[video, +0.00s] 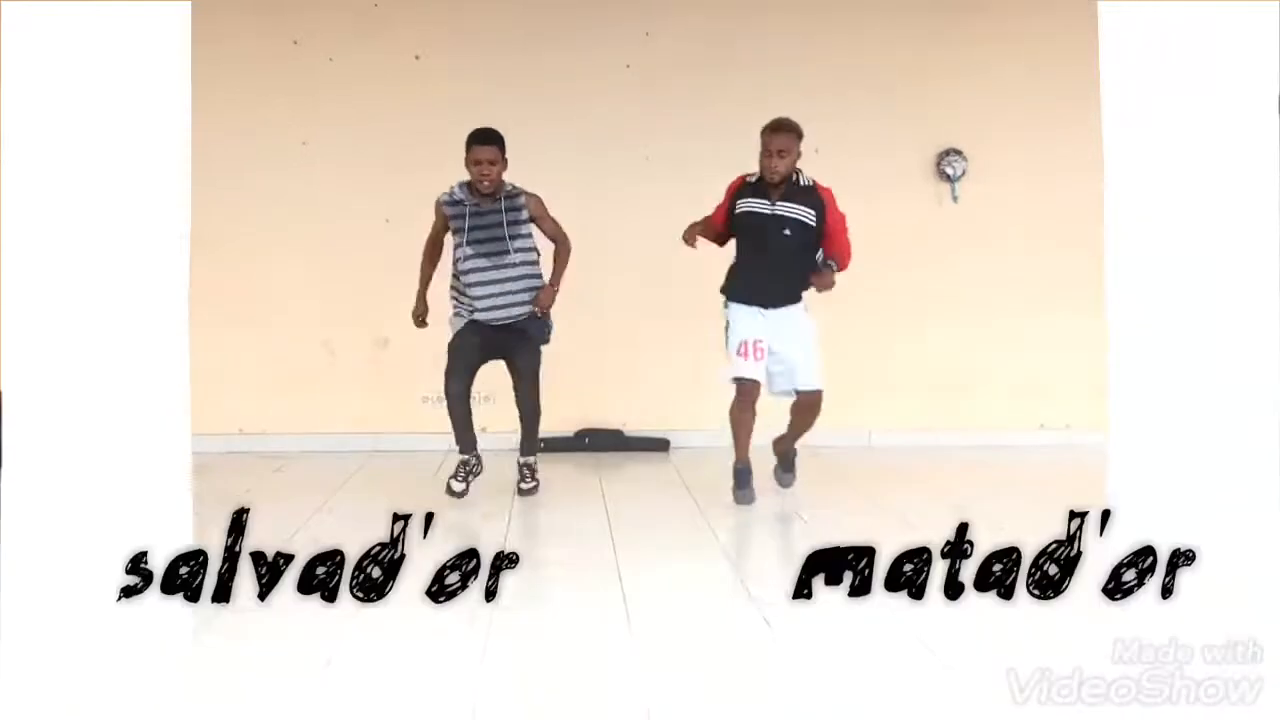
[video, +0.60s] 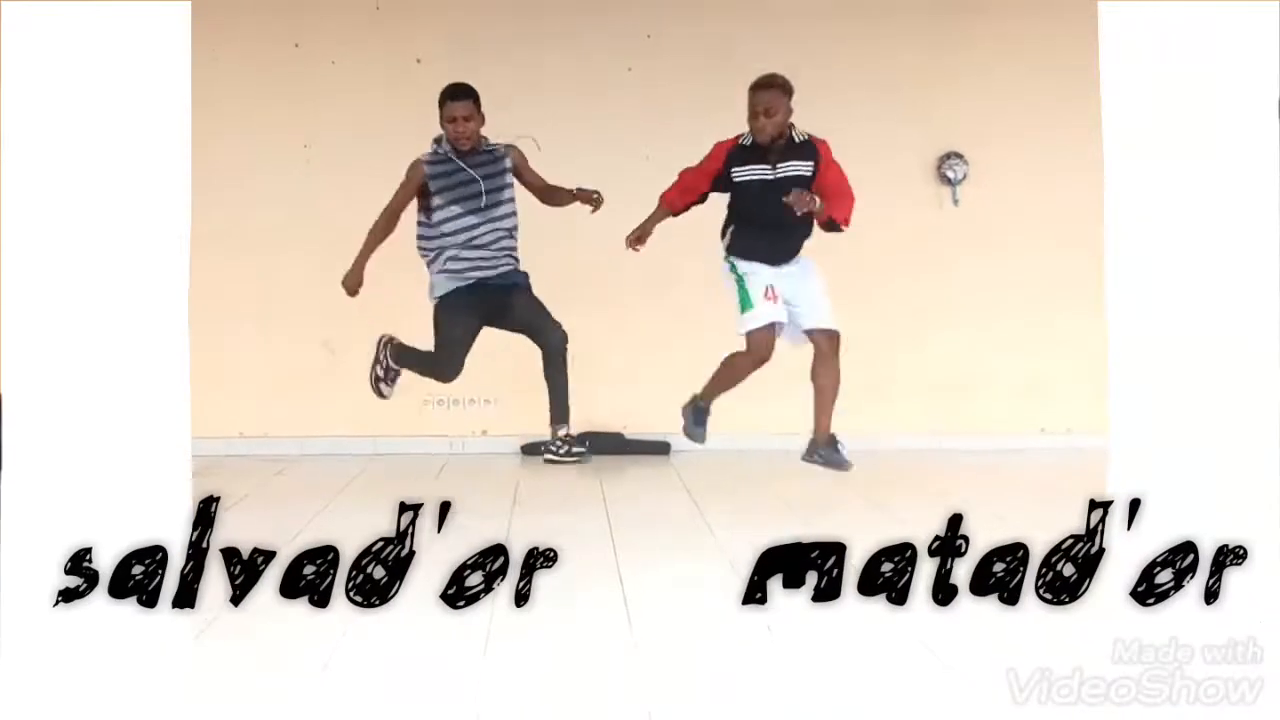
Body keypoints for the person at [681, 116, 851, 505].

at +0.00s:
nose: (773, 162)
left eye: (782, 155)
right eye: (768, 153)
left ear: (797, 156)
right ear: (759, 152)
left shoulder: (818, 198)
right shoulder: (741, 189)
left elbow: (839, 245)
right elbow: (721, 230)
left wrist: (829, 268)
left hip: (791, 308)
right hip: (745, 306)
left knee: (811, 399)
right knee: (747, 390)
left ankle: (786, 445)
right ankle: (742, 466)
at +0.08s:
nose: (775, 164)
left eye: (784, 157)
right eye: (770, 155)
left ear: (801, 159)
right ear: (762, 156)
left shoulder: (819, 204)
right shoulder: (740, 190)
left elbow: (828, 250)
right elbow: (710, 241)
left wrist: (825, 291)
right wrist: (719, 211)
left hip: (790, 306)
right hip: (743, 306)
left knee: (821, 371)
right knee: (750, 397)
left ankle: (787, 440)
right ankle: (742, 473)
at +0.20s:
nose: (772, 181)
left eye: (782, 175)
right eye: (767, 173)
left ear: (800, 180)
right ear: (761, 176)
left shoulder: (815, 230)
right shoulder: (739, 214)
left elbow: (821, 288)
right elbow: (714, 271)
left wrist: (812, 299)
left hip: (788, 330)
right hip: (741, 330)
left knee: (803, 409)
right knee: (751, 412)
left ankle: (793, 492)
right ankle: (748, 485)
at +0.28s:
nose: (772, 155)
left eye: (781, 149)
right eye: (767, 148)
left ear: (801, 153)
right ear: (760, 152)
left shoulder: (818, 197)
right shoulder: (743, 193)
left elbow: (847, 258)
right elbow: (717, 250)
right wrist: (746, 261)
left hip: (794, 311)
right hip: (746, 312)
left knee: (808, 393)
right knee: (745, 398)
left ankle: (800, 485)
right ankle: (744, 480)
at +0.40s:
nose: (757, 109)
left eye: (765, 99)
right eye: (751, 100)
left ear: (784, 96)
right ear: (743, 100)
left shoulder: (812, 136)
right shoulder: (734, 148)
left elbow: (861, 185)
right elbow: (709, 197)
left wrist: (843, 176)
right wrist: (680, 238)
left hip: (794, 259)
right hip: (753, 261)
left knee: (826, 341)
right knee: (737, 353)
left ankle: (860, 436)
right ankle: (671, 335)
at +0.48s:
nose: (756, 107)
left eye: (766, 98)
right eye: (750, 98)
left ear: (786, 94)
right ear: (744, 96)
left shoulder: (811, 132)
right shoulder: (734, 144)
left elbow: (859, 183)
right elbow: (702, 189)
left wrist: (830, 158)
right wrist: (661, 223)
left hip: (790, 253)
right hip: (750, 253)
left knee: (833, 327)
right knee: (738, 348)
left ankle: (885, 413)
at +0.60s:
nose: (764, 122)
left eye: (772, 114)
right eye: (758, 113)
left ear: (790, 113)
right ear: (748, 113)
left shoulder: (814, 153)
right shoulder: (731, 154)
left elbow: (842, 205)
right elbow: (691, 186)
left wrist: (818, 207)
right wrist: (650, 222)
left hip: (792, 262)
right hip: (748, 262)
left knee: (828, 340)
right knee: (760, 349)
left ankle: (821, 441)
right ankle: (700, 404)